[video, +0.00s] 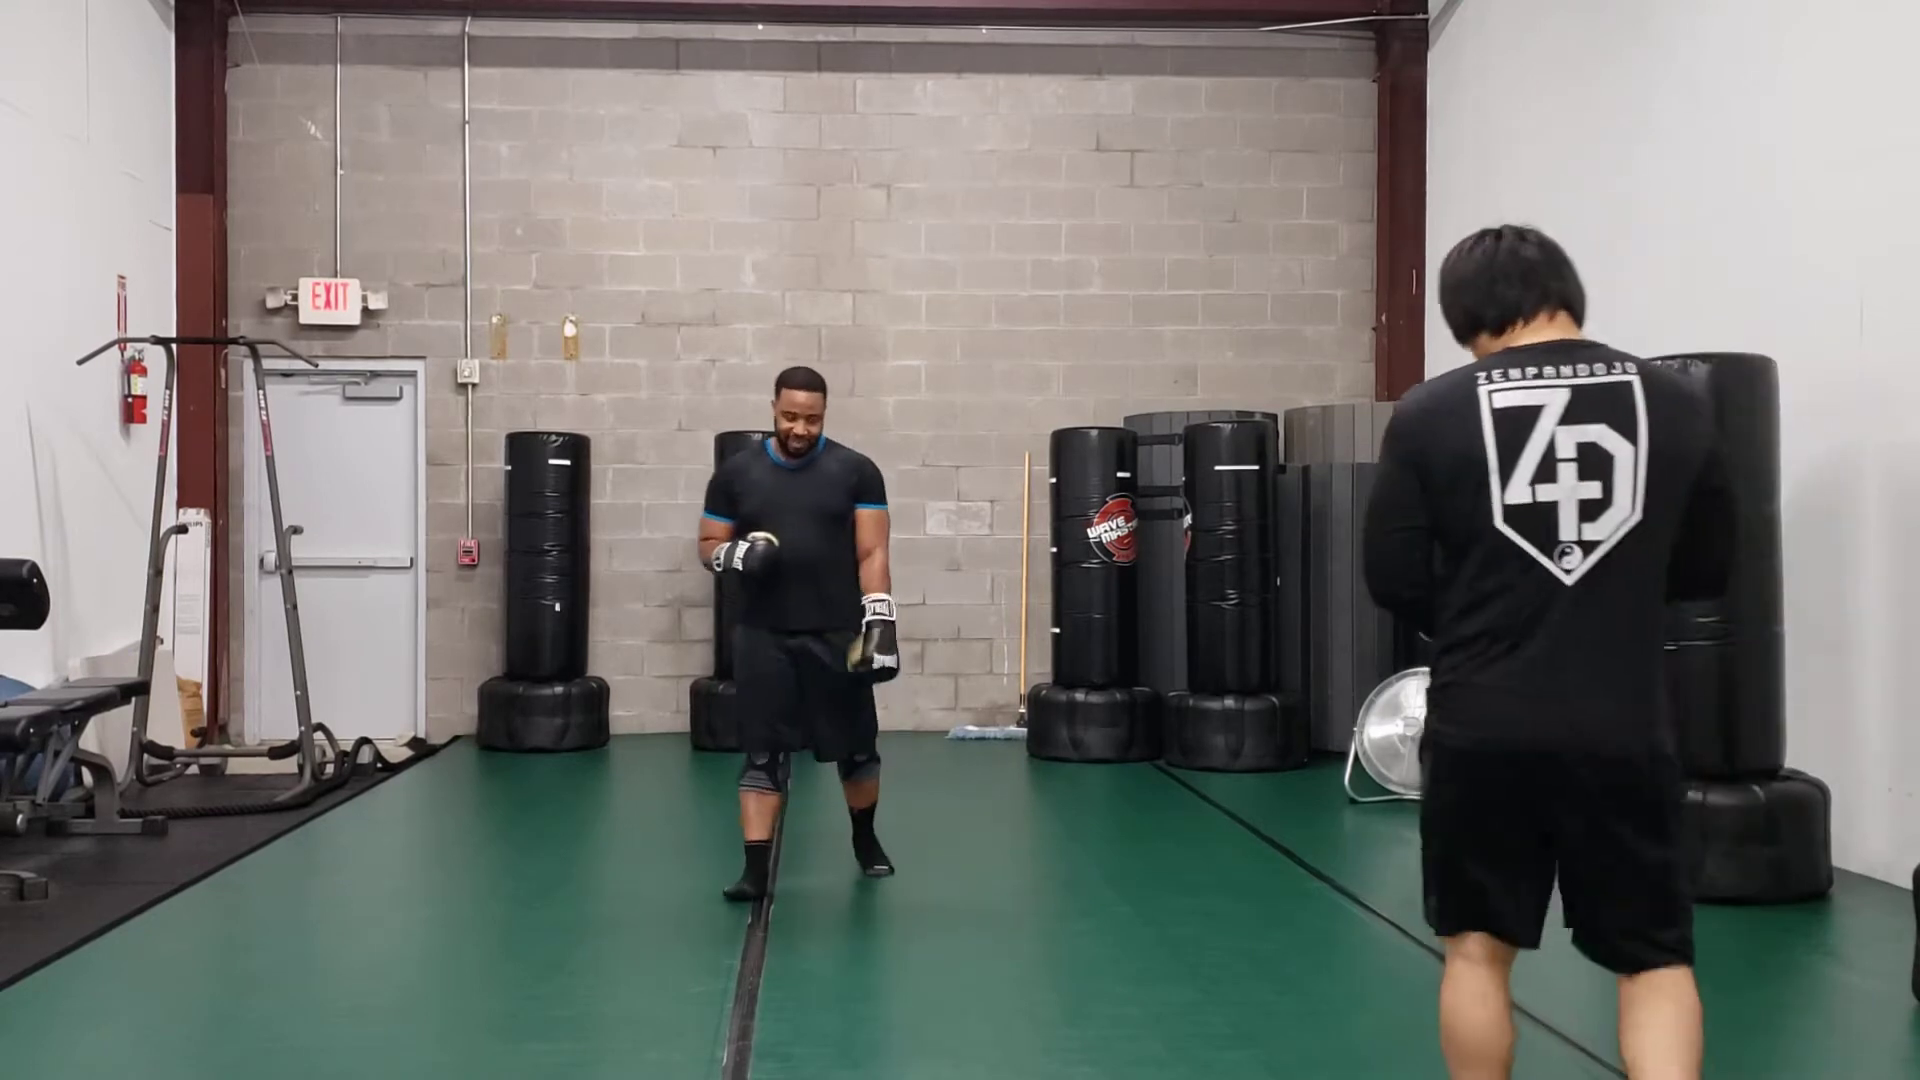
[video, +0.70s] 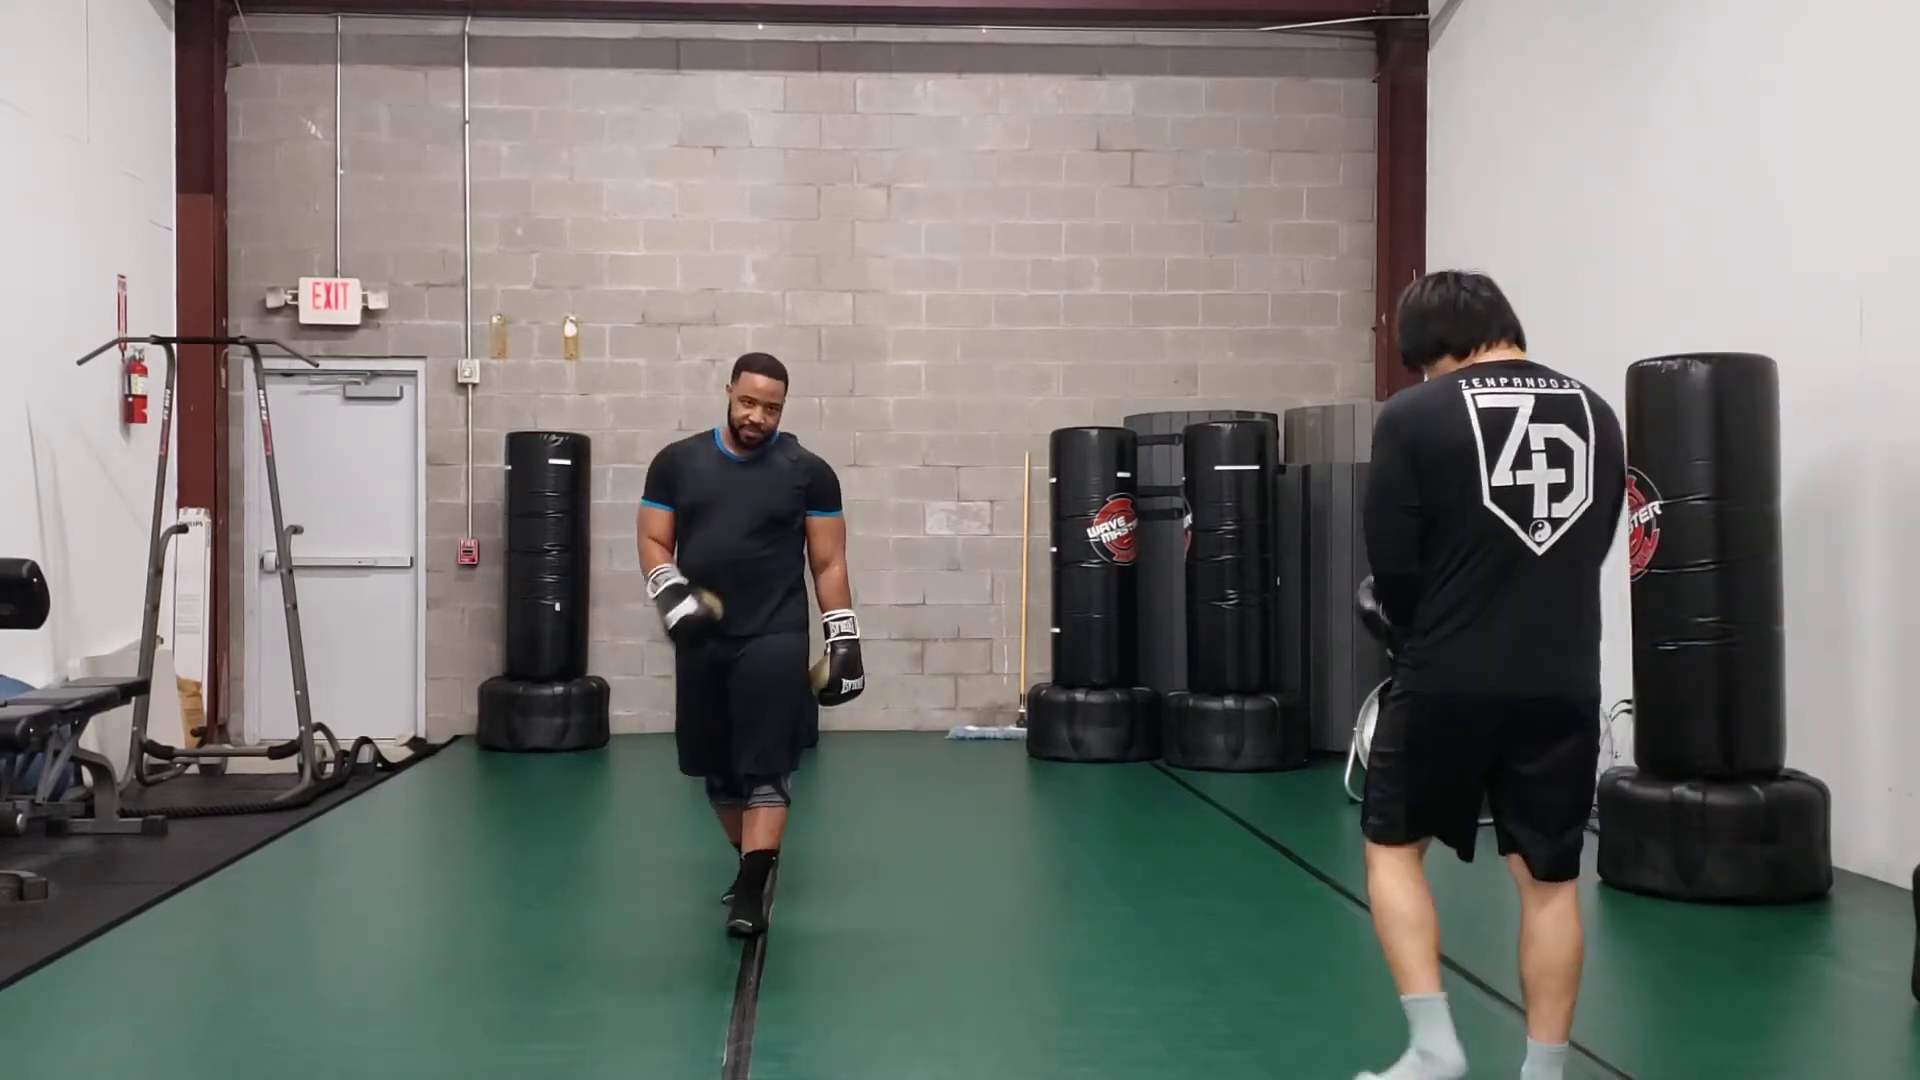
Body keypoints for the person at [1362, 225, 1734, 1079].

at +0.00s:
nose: (1463, 345)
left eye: (1462, 330)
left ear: (1469, 326)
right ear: (1575, 306)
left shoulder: (1432, 411)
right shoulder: (1673, 399)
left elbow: (1392, 574)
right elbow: (1705, 565)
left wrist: (1482, 608)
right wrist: (1609, 579)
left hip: (1483, 733)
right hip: (1623, 731)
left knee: (1476, 950)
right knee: (1653, 956)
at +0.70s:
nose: (1418, 378)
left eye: (1419, 364)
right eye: (1418, 365)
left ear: (1435, 354)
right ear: (1512, 339)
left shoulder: (1414, 417)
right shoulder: (1593, 410)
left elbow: (1394, 566)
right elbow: (1595, 541)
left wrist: (1414, 631)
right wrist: (1529, 598)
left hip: (1446, 679)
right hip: (1562, 682)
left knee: (1393, 839)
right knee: (1550, 877)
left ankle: (1434, 1045)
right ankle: (1545, 1067)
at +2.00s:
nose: (1345, 379)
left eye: (1351, 364)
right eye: (1344, 364)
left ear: (1388, 367)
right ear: (1421, 361)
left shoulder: (1396, 437)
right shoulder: (1481, 425)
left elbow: (1392, 556)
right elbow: (1443, 545)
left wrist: (1322, 586)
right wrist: (1344, 526)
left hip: (1407, 665)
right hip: (1486, 660)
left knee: (1331, 814)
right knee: (1485, 824)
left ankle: (1302, 997)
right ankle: (1509, 1004)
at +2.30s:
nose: (1270, 392)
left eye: (1273, 380)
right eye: (1268, 379)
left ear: (1303, 381)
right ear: (1352, 368)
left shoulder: (1307, 446)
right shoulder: (1412, 431)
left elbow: (1210, 514)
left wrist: (1136, 488)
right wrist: (1300, 410)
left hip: (1324, 670)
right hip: (1407, 667)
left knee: (1283, 831)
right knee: (1431, 820)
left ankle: (1267, 1013)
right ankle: (1493, 990)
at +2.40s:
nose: (1251, 384)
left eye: (1254, 373)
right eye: (1250, 372)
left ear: (1282, 376)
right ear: (1331, 365)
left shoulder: (1281, 436)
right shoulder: (1386, 425)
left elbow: (1172, 466)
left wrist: (1066, 464)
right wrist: (1266, 418)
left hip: (1302, 668)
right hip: (1383, 664)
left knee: (1274, 832)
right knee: (1405, 813)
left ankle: (1266, 1013)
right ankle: (1454, 980)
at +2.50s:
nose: (1236, 385)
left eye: (1240, 372)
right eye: (1235, 372)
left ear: (1270, 371)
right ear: (1318, 363)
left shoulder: (1261, 430)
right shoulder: (1382, 426)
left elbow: (1154, 451)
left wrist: (1048, 456)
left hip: (1286, 667)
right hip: (1369, 663)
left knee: (1264, 828)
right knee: (1389, 814)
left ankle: (1265, 1013)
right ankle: (1430, 986)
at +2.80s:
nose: (1192, 395)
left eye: (1194, 382)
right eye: (1189, 383)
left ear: (1222, 376)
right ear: (1273, 363)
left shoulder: (1218, 432)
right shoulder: (1342, 420)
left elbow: (1104, 452)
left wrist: (991, 446)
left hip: (1266, 668)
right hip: (1350, 659)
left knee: (1255, 830)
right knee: (1377, 807)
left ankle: (1264, 1012)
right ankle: (1422, 972)